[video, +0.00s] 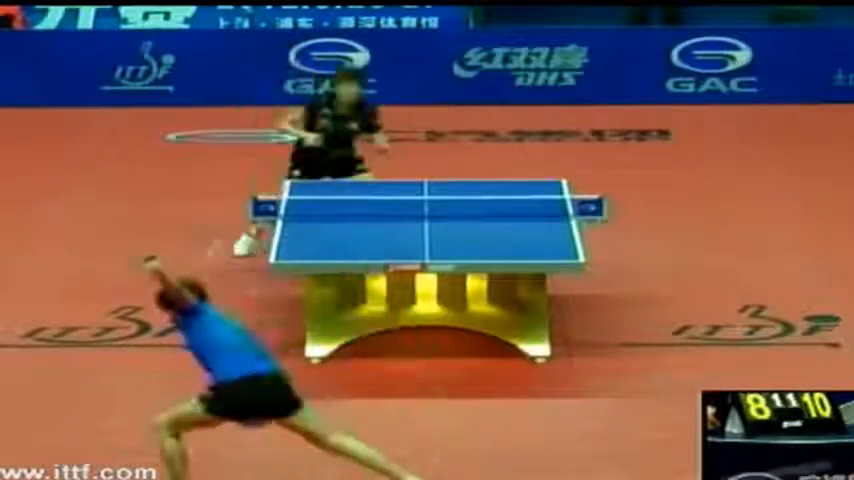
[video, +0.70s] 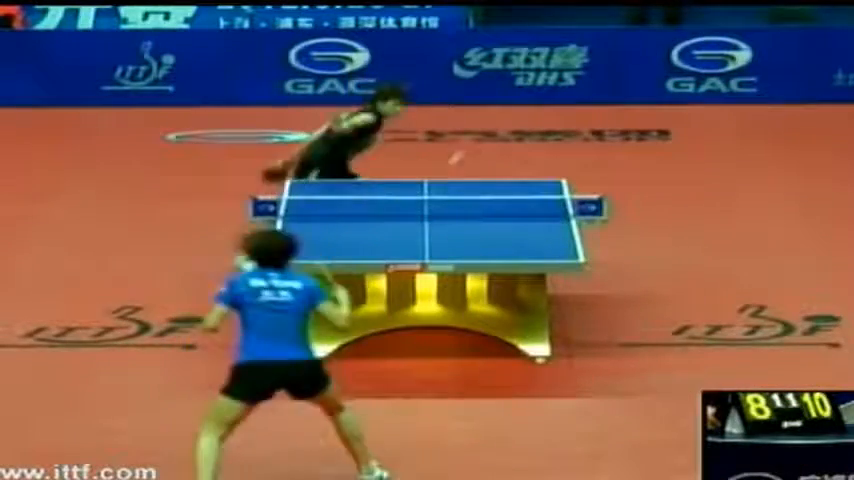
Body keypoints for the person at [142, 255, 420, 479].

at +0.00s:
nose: (170, 316)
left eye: (170, 308)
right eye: (169, 308)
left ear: (178, 306)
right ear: (201, 299)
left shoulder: (193, 317)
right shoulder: (222, 320)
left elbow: (179, 295)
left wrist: (157, 271)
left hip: (239, 391)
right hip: (275, 386)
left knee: (167, 427)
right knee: (329, 438)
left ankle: (177, 477)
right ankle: (402, 475)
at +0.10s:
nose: (164, 287)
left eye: (166, 280)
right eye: (163, 280)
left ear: (177, 281)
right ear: (196, 279)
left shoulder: (184, 301)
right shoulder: (220, 303)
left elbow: (177, 283)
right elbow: (254, 339)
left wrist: (163, 258)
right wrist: (284, 376)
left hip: (225, 376)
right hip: (263, 371)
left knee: (171, 424)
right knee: (314, 426)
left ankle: (179, 475)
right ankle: (382, 472)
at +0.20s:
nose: (162, 254)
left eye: (164, 250)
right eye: (163, 250)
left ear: (172, 251)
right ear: (199, 249)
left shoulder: (180, 269)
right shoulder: (226, 276)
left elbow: (155, 275)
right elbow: (258, 301)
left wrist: (134, 274)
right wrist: (288, 309)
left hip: (215, 354)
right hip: (255, 349)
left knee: (175, 419)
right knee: (298, 412)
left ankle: (181, 474)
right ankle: (350, 470)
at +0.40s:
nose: (183, 246)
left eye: (186, 240)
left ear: (191, 243)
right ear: (224, 241)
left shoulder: (186, 271)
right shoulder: (248, 269)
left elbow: (144, 302)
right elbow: (296, 279)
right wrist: (335, 275)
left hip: (211, 356)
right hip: (257, 352)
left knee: (183, 422)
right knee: (292, 411)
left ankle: (174, 475)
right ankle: (322, 471)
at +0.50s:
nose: (195, 238)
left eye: (198, 233)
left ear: (205, 238)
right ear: (239, 236)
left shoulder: (197, 266)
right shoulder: (260, 262)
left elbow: (163, 304)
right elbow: (314, 285)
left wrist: (131, 318)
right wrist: (330, 270)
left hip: (225, 349)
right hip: (269, 345)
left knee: (195, 420)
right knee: (305, 404)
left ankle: (185, 474)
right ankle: (337, 465)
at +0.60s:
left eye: (226, 239)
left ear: (231, 245)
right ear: (265, 245)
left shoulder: (220, 274)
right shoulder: (283, 274)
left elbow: (196, 318)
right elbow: (326, 307)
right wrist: (328, 281)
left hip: (241, 358)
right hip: (286, 355)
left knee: (207, 427)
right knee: (326, 414)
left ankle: (204, 474)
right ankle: (361, 467)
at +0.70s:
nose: (245, 254)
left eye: (248, 250)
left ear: (255, 255)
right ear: (286, 256)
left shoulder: (241, 283)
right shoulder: (304, 284)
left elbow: (211, 323)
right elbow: (342, 319)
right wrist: (343, 295)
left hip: (255, 367)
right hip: (300, 364)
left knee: (214, 430)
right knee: (337, 410)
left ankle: (206, 476)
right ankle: (367, 468)